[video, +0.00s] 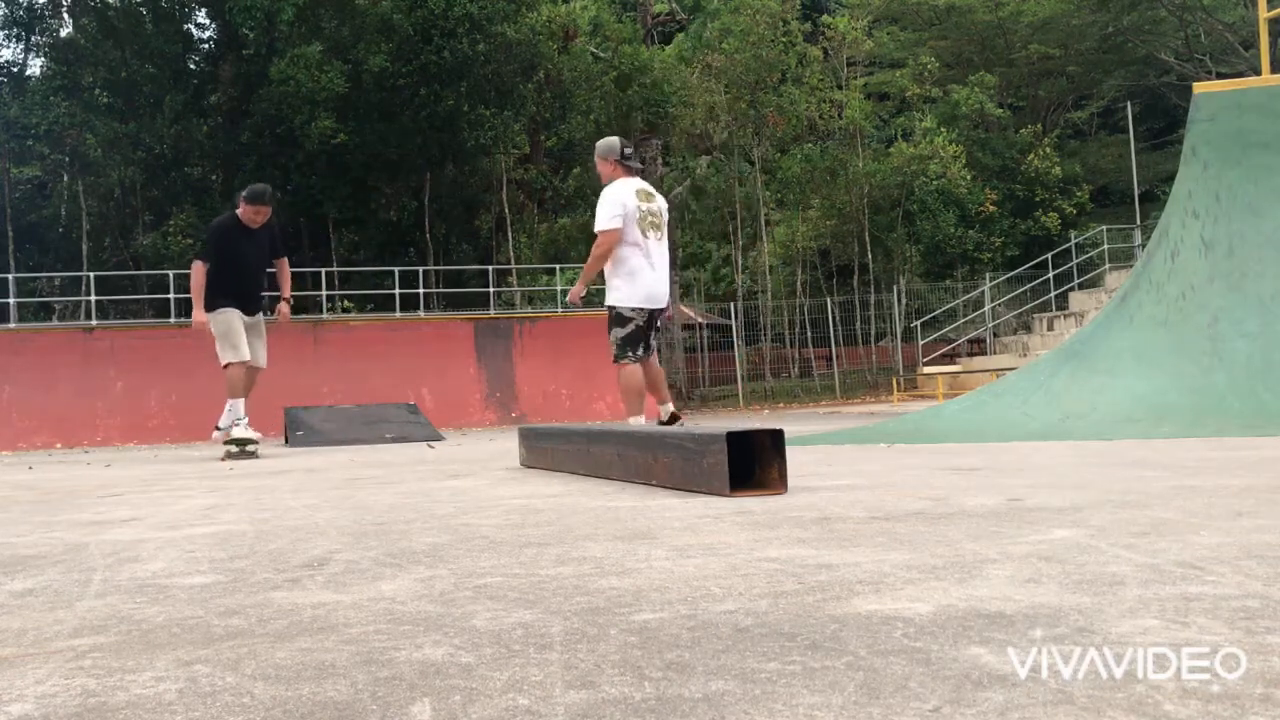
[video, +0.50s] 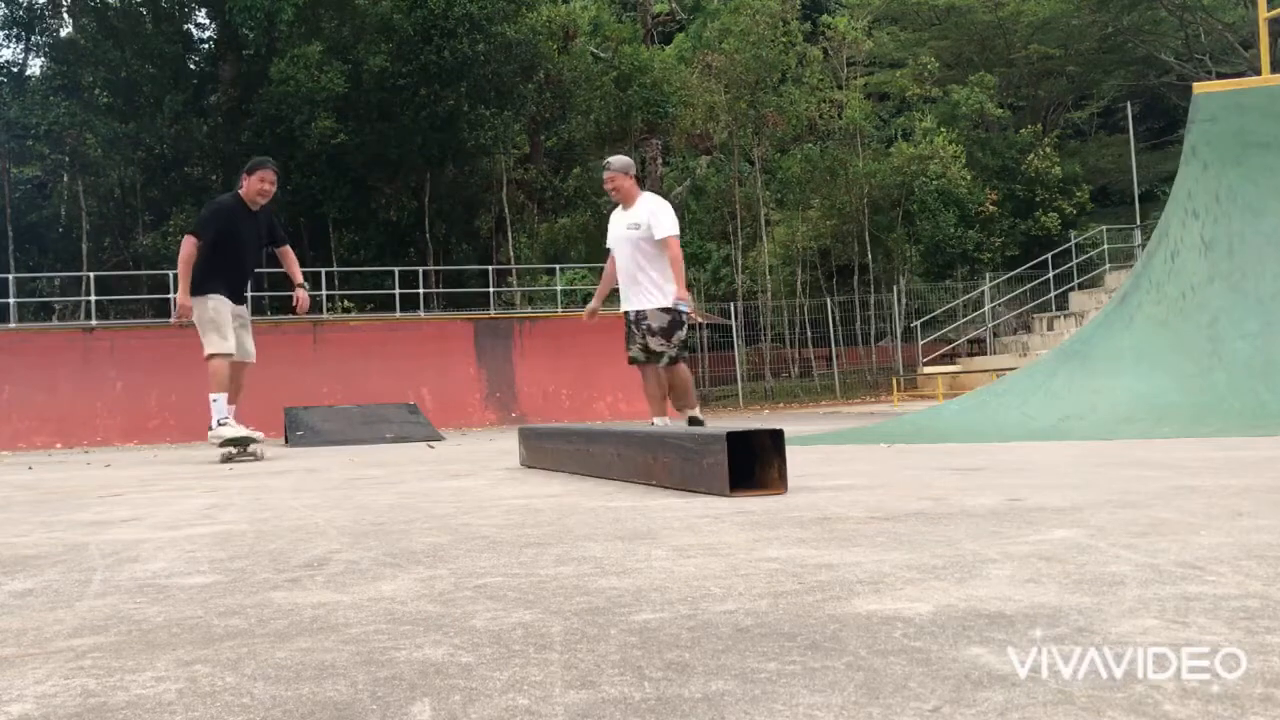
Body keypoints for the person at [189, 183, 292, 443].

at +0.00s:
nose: (259, 219)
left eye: (264, 213)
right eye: (254, 213)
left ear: (270, 210)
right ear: (241, 205)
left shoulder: (269, 230)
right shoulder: (221, 228)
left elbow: (281, 262)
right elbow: (199, 265)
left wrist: (286, 298)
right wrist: (197, 308)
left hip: (252, 307)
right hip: (223, 306)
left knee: (255, 364)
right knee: (237, 360)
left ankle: (225, 424)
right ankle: (239, 424)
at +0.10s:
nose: (260, 211)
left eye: (265, 206)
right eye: (255, 205)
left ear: (272, 203)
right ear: (242, 198)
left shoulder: (269, 225)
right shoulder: (221, 221)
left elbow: (281, 257)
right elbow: (194, 256)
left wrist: (289, 295)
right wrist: (190, 302)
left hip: (249, 301)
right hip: (220, 299)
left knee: (252, 360)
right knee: (241, 354)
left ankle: (227, 421)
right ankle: (230, 418)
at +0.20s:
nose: (266, 205)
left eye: (270, 199)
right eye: (261, 198)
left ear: (274, 199)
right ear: (245, 193)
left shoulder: (268, 224)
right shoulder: (224, 219)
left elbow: (283, 256)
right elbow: (192, 253)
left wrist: (294, 293)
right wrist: (184, 298)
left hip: (243, 300)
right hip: (217, 298)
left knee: (247, 358)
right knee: (239, 356)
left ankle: (227, 422)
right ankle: (226, 422)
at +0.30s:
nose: (266, 200)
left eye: (271, 195)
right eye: (261, 194)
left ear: (276, 198)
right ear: (246, 192)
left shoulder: (268, 225)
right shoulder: (225, 220)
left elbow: (284, 258)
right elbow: (193, 254)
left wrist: (297, 294)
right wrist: (179, 301)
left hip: (239, 299)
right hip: (215, 298)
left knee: (248, 359)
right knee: (239, 357)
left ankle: (229, 422)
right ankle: (225, 423)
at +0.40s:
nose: (267, 196)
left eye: (272, 191)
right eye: (262, 189)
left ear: (275, 195)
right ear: (245, 188)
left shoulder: (267, 221)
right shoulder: (225, 215)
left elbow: (284, 256)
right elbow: (193, 251)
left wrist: (299, 292)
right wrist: (180, 299)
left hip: (239, 298)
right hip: (213, 296)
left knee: (247, 358)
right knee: (234, 355)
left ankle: (227, 422)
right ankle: (225, 423)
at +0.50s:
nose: (267, 188)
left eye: (272, 184)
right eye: (262, 181)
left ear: (276, 188)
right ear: (244, 180)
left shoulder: (265, 216)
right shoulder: (221, 208)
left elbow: (284, 250)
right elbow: (190, 243)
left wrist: (300, 285)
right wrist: (183, 293)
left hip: (235, 296)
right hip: (208, 292)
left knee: (241, 357)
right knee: (220, 353)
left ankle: (229, 422)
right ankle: (219, 423)